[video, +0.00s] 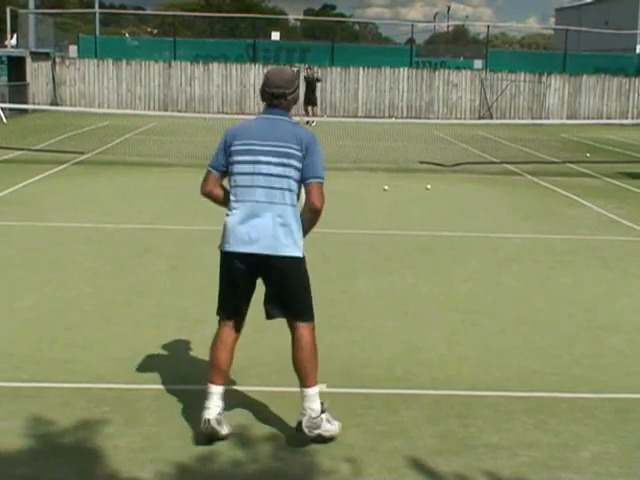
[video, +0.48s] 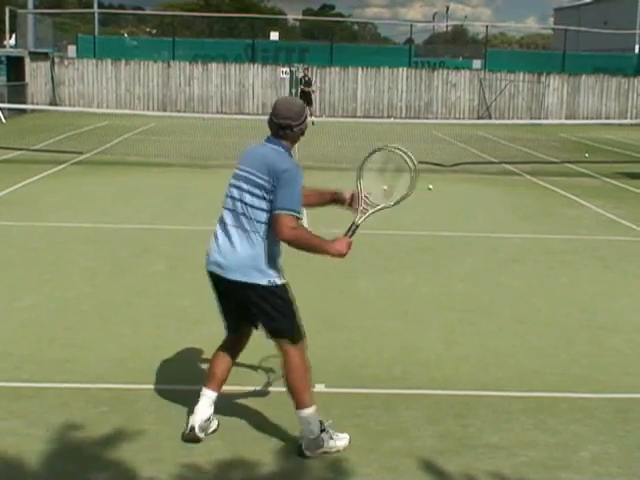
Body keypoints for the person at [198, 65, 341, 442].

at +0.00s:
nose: (290, 99)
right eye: (292, 95)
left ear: (261, 97)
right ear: (292, 99)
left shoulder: (236, 134)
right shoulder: (305, 138)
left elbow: (209, 187)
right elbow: (315, 203)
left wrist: (241, 205)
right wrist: (298, 232)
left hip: (237, 245)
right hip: (283, 247)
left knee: (229, 323)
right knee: (302, 324)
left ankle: (211, 412)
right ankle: (312, 414)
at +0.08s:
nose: (299, 108)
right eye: (301, 103)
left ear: (267, 103)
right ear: (298, 106)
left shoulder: (239, 140)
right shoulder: (308, 145)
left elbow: (216, 196)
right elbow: (317, 212)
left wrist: (249, 210)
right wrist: (300, 241)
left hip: (240, 252)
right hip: (285, 254)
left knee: (226, 330)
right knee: (307, 330)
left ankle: (198, 415)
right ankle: (318, 420)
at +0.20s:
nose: (304, 128)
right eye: (306, 123)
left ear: (274, 124)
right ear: (306, 126)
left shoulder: (248, 160)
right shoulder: (310, 169)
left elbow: (234, 217)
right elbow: (316, 235)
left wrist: (259, 242)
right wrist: (312, 268)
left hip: (242, 272)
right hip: (287, 275)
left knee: (231, 343)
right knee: (318, 342)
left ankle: (196, 425)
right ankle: (315, 433)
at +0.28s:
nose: (311, 130)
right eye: (311, 126)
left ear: (278, 126)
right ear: (309, 130)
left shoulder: (253, 160)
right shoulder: (308, 171)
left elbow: (255, 214)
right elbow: (309, 236)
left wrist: (305, 225)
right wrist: (321, 263)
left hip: (238, 267)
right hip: (279, 273)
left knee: (240, 337)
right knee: (316, 342)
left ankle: (202, 408)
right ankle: (315, 434)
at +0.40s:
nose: (308, 129)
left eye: (302, 124)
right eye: (308, 125)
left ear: (275, 126)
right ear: (305, 130)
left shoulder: (252, 158)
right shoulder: (298, 170)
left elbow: (274, 202)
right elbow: (297, 233)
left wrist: (327, 209)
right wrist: (328, 254)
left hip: (229, 265)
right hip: (268, 272)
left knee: (242, 330)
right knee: (305, 341)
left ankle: (204, 407)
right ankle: (314, 434)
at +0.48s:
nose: (304, 130)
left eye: (300, 124)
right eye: (305, 125)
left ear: (271, 124)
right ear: (301, 130)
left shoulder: (252, 155)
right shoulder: (286, 169)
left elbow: (288, 196)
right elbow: (286, 230)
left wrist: (336, 197)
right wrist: (329, 247)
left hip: (221, 265)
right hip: (257, 273)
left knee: (237, 332)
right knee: (292, 345)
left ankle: (200, 416)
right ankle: (312, 433)